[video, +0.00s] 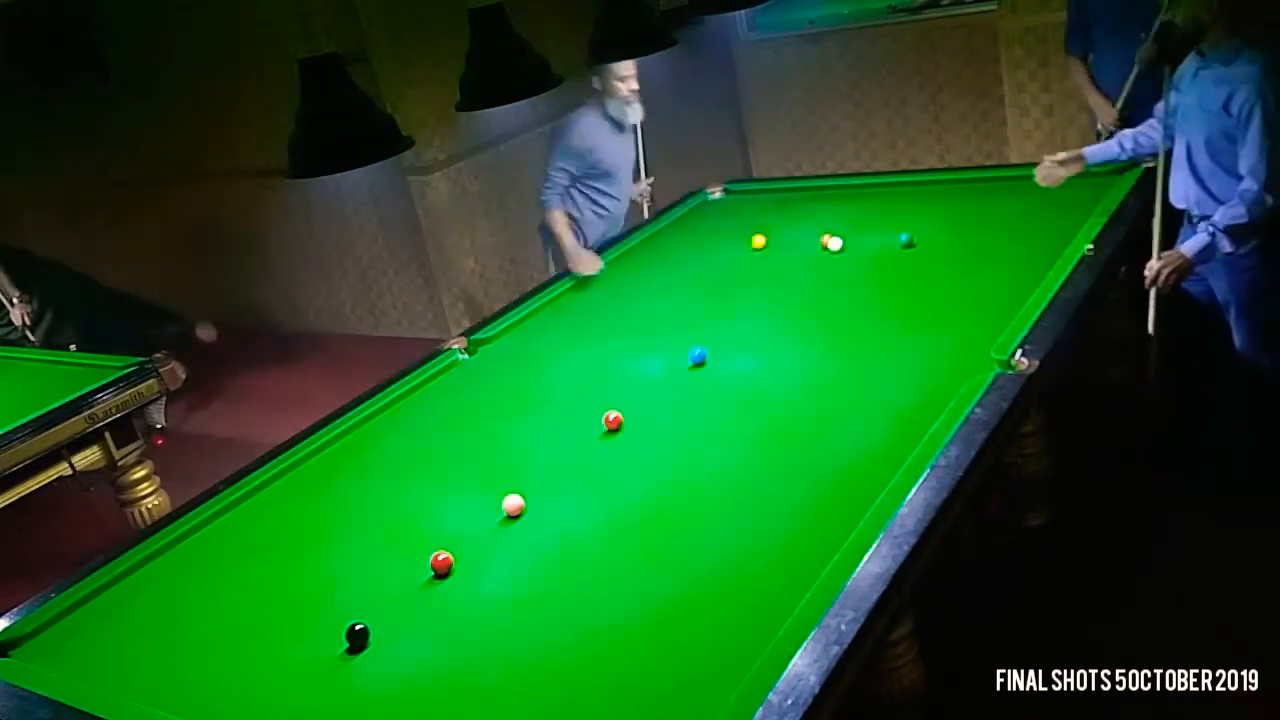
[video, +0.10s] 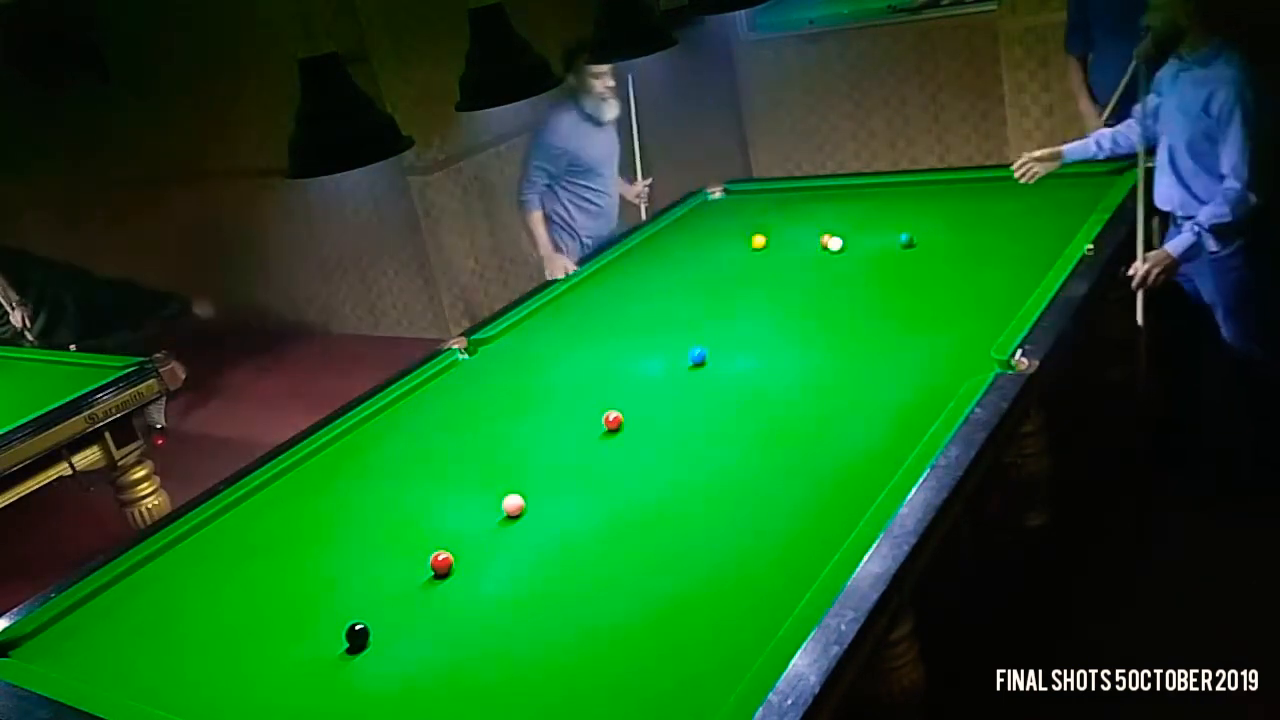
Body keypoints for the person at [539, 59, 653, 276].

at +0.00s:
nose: (634, 87)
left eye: (635, 78)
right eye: (622, 80)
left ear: (638, 77)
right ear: (598, 83)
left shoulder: (627, 120)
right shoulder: (580, 128)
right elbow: (551, 196)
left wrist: (631, 190)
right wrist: (572, 250)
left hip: (611, 236)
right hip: (578, 245)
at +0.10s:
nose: (609, 84)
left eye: (610, 75)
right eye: (597, 77)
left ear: (614, 76)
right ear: (574, 81)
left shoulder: (605, 115)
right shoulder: (559, 126)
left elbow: (597, 168)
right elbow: (530, 193)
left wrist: (626, 189)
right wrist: (548, 254)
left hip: (608, 239)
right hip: (575, 253)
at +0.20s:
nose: (585, 84)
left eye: (586, 76)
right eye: (574, 78)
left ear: (589, 78)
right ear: (557, 83)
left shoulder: (587, 121)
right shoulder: (539, 132)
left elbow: (587, 173)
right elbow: (516, 201)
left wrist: (620, 192)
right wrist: (535, 260)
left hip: (601, 244)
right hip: (566, 258)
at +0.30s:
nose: (562, 88)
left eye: (562, 80)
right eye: (551, 84)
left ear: (565, 81)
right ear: (532, 93)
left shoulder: (565, 125)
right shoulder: (515, 141)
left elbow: (574, 175)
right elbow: (504, 211)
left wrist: (610, 194)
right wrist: (535, 263)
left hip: (590, 247)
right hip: (556, 263)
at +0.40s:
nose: (536, 101)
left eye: (538, 95)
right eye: (526, 97)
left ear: (543, 95)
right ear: (510, 103)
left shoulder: (544, 132)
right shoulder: (495, 146)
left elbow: (554, 179)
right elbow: (489, 219)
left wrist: (596, 197)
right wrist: (534, 264)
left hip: (572, 253)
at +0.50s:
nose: (519, 104)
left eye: (520, 98)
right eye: (508, 101)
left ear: (523, 100)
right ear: (490, 106)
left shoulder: (522, 139)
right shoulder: (472, 155)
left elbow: (536, 183)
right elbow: (476, 228)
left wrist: (583, 201)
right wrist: (530, 266)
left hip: (553, 274)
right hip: (509, 286)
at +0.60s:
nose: (502, 110)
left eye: (503, 103)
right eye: (491, 106)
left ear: (508, 103)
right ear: (472, 111)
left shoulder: (503, 143)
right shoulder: (455, 160)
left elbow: (521, 190)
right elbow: (466, 236)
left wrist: (570, 205)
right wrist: (523, 269)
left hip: (536, 280)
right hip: (493, 291)